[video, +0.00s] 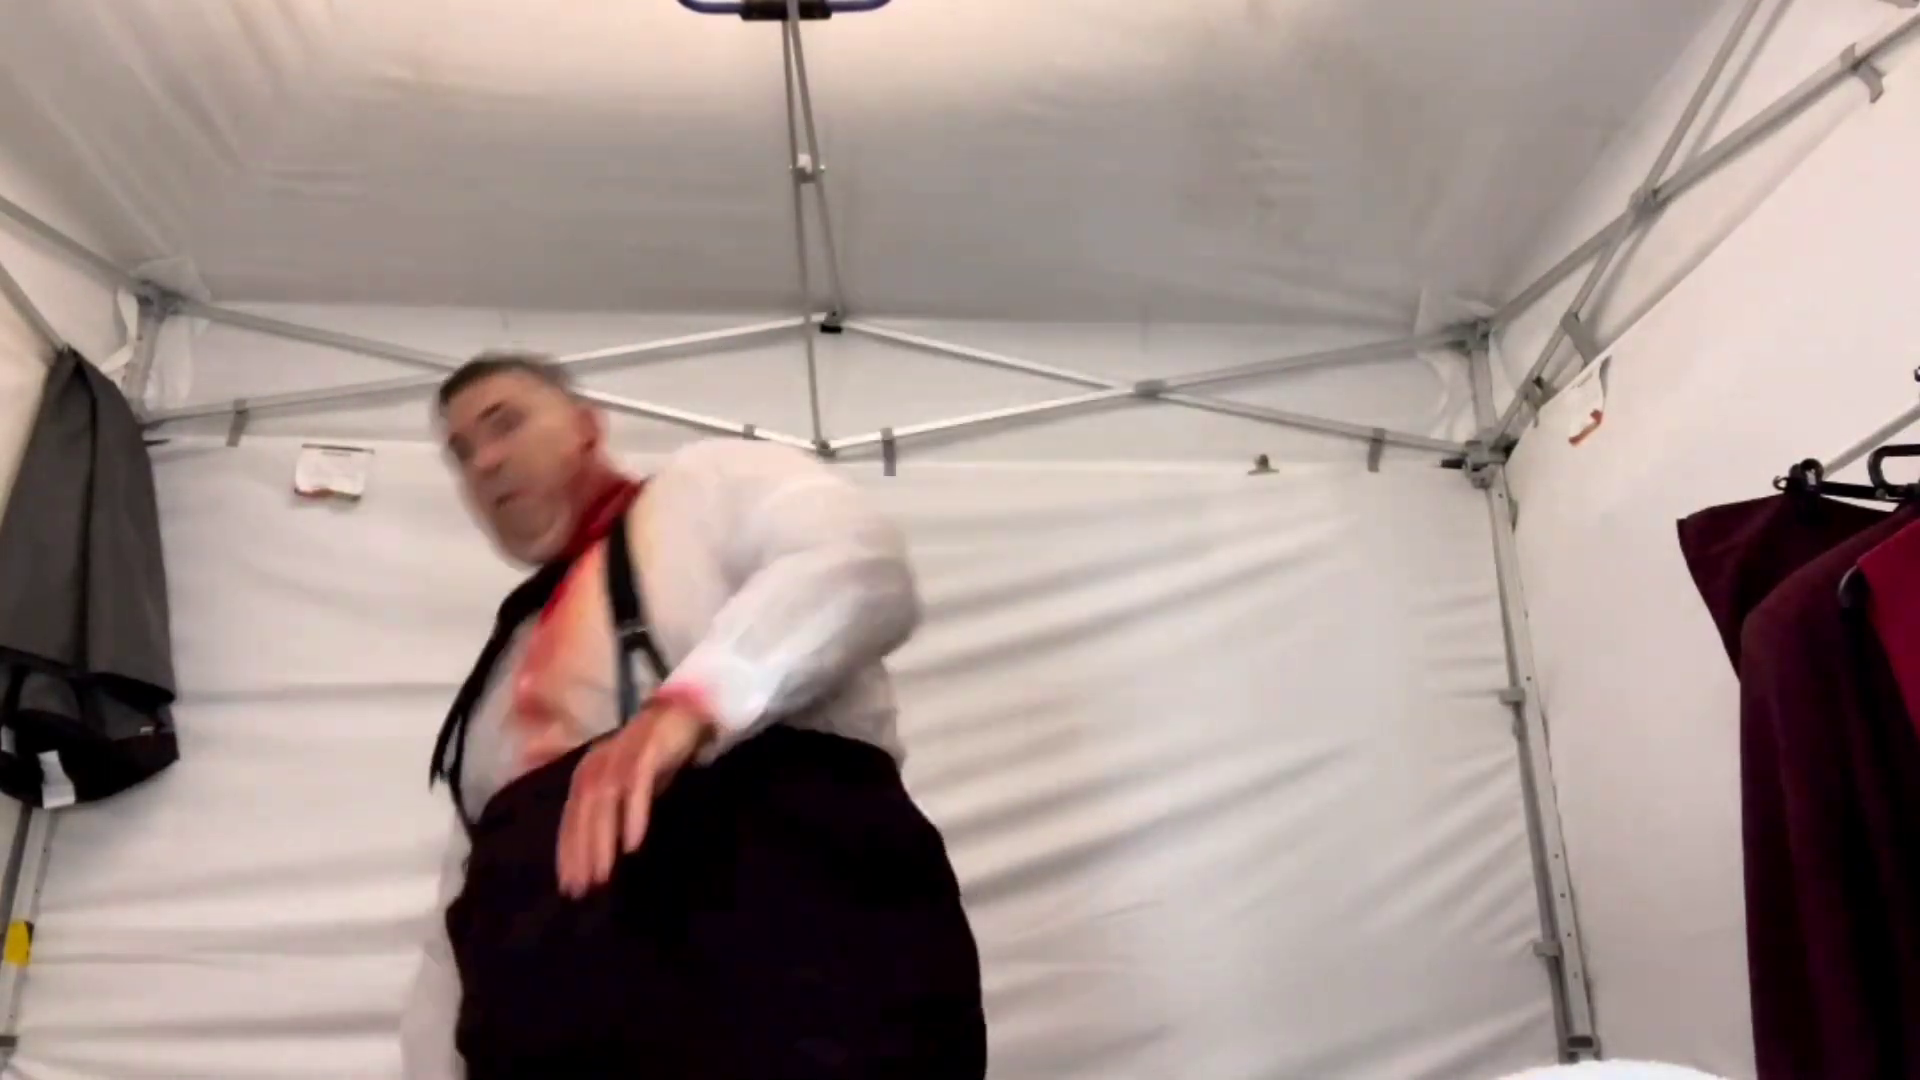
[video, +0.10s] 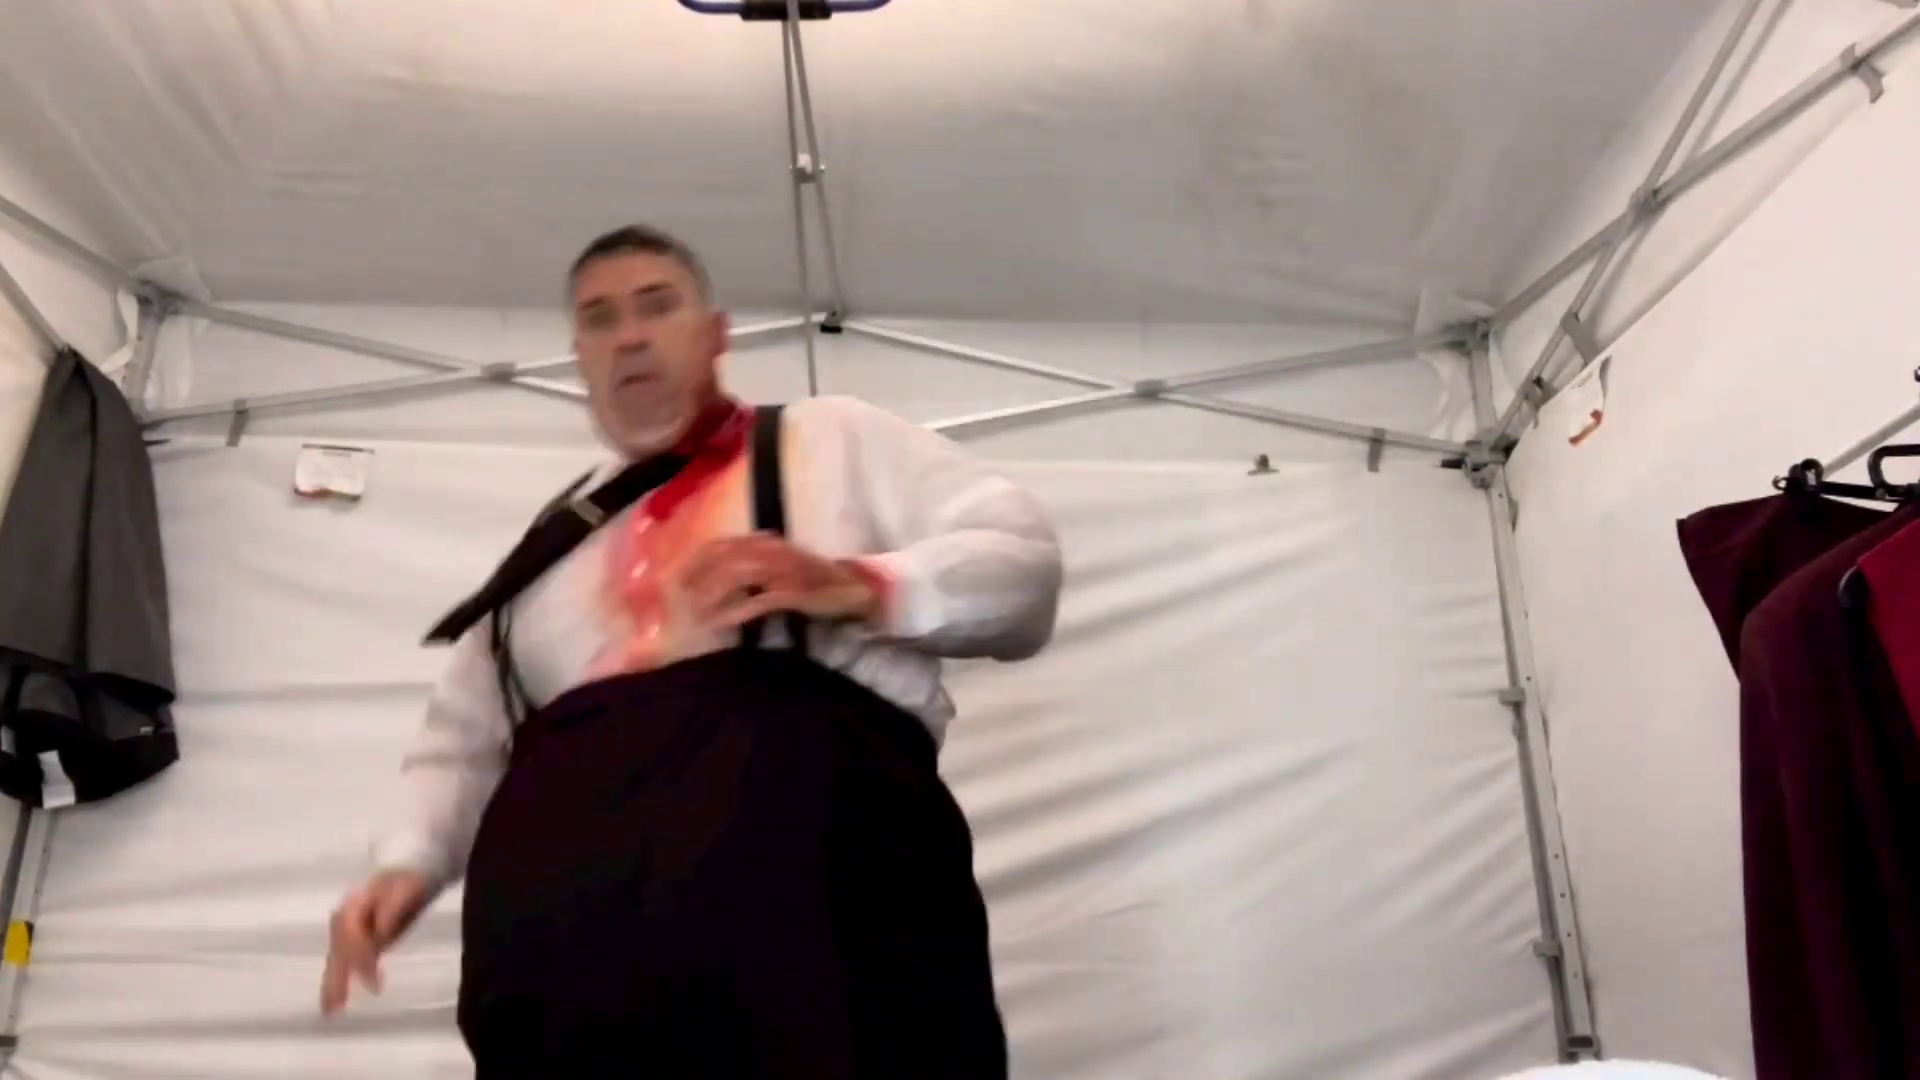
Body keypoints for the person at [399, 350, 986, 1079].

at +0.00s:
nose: (483, 463)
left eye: (505, 423)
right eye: (462, 457)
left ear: (586, 425)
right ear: (464, 495)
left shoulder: (709, 483)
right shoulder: (497, 687)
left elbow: (862, 564)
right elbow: (465, 932)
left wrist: (689, 706)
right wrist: (432, 1059)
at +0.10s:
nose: (627, 337)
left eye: (656, 305)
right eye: (598, 319)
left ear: (717, 332)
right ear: (578, 360)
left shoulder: (832, 439)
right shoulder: (544, 559)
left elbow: (1023, 565)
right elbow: (462, 743)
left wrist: (865, 586)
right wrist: (408, 867)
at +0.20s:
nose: (778, 295)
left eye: (806, 271)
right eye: (750, 266)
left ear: (838, 308)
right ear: (694, 297)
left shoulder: (931, 472)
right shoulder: (582, 504)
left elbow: (1065, 631)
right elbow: (484, 669)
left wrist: (968, 651)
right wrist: (442, 749)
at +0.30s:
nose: (891, 354)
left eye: (918, 335)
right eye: (863, 316)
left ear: (934, 367)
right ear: (790, 333)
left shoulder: (973, 544)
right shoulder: (643, 499)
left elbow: (1067, 710)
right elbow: (478, 692)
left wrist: (1073, 790)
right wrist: (501, 839)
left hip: (920, 975)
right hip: (675, 968)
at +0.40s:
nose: (947, 351)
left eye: (975, 330)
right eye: (920, 310)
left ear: (988, 364)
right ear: (842, 325)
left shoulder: (997, 568)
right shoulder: (690, 485)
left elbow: (1070, 750)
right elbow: (514, 704)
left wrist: (1102, 809)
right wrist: (573, 887)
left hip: (980, 1012)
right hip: (744, 1004)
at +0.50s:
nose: (960, 276)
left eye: (991, 255)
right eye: (932, 236)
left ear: (1005, 291)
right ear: (858, 254)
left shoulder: (1004, 484)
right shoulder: (700, 393)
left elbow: (983, 725)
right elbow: (525, 603)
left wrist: (1091, 729)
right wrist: (636, 777)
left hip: (989, 941)